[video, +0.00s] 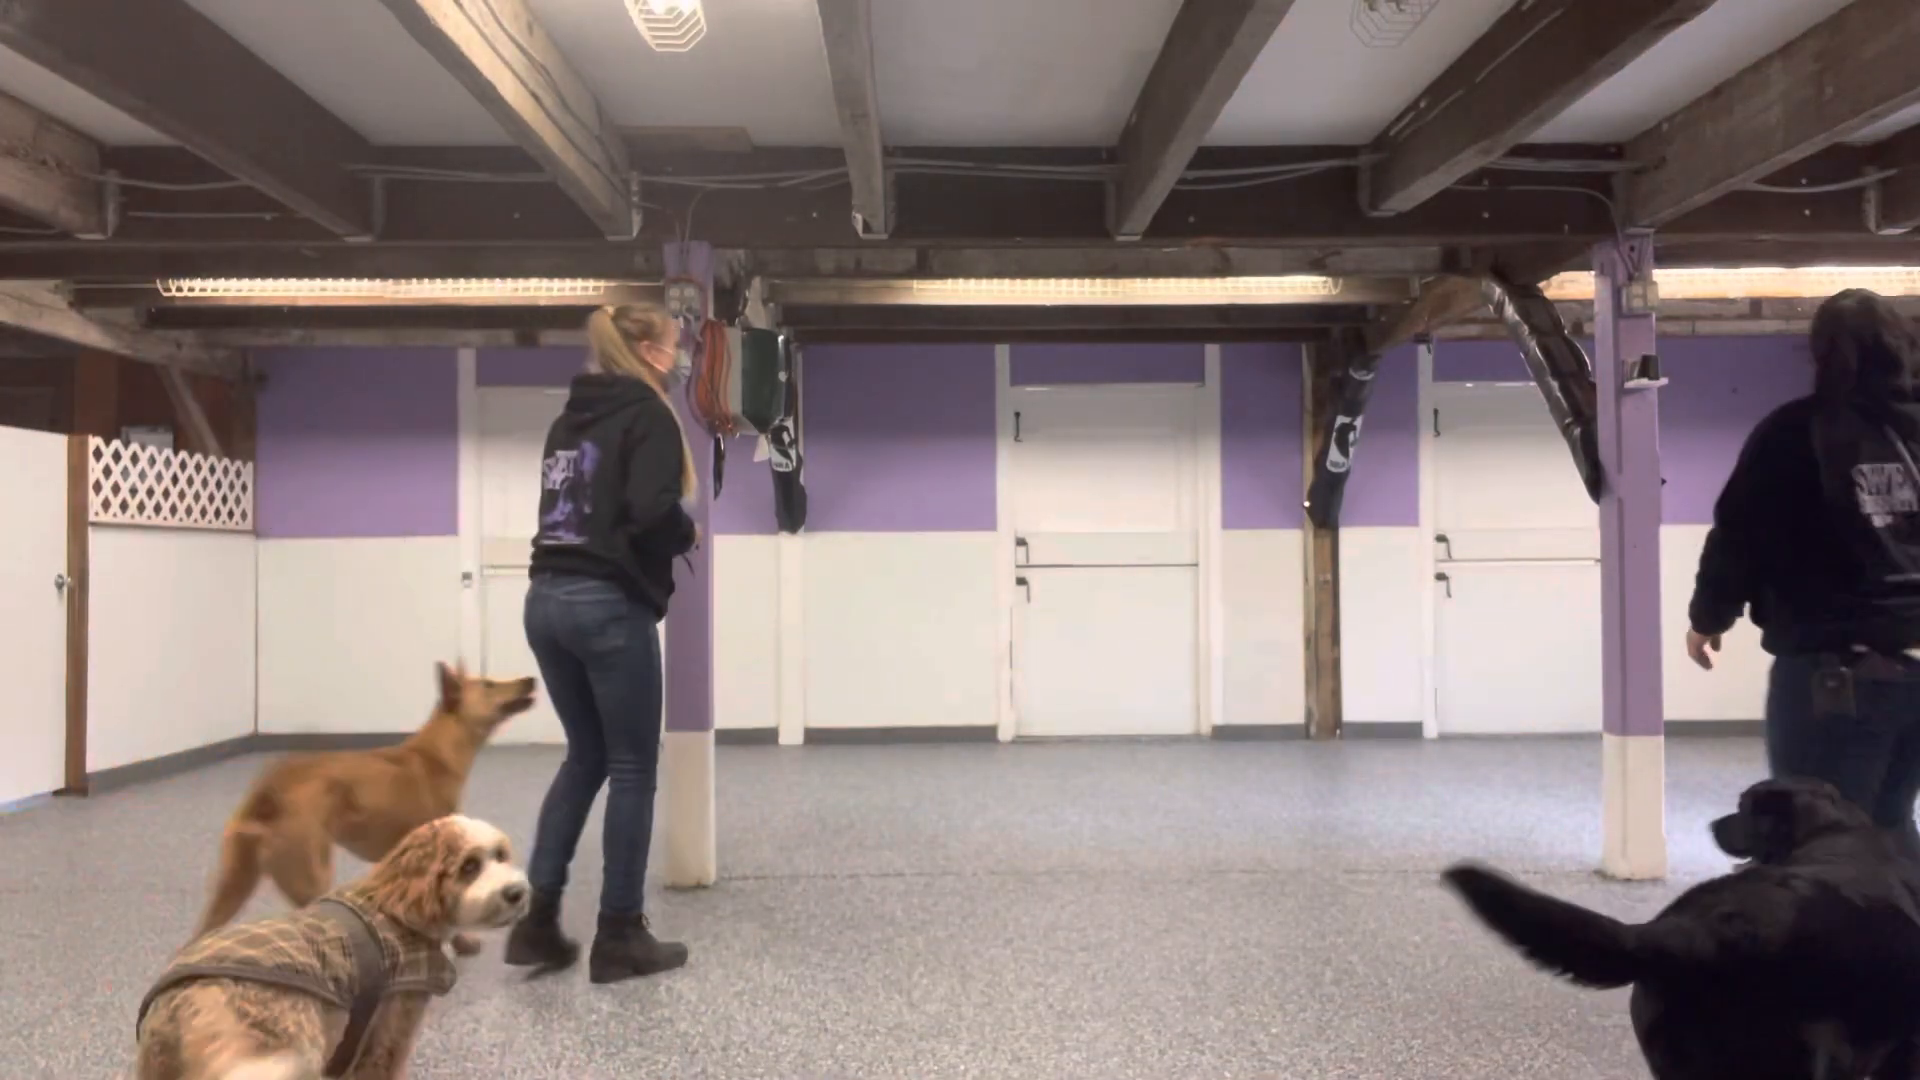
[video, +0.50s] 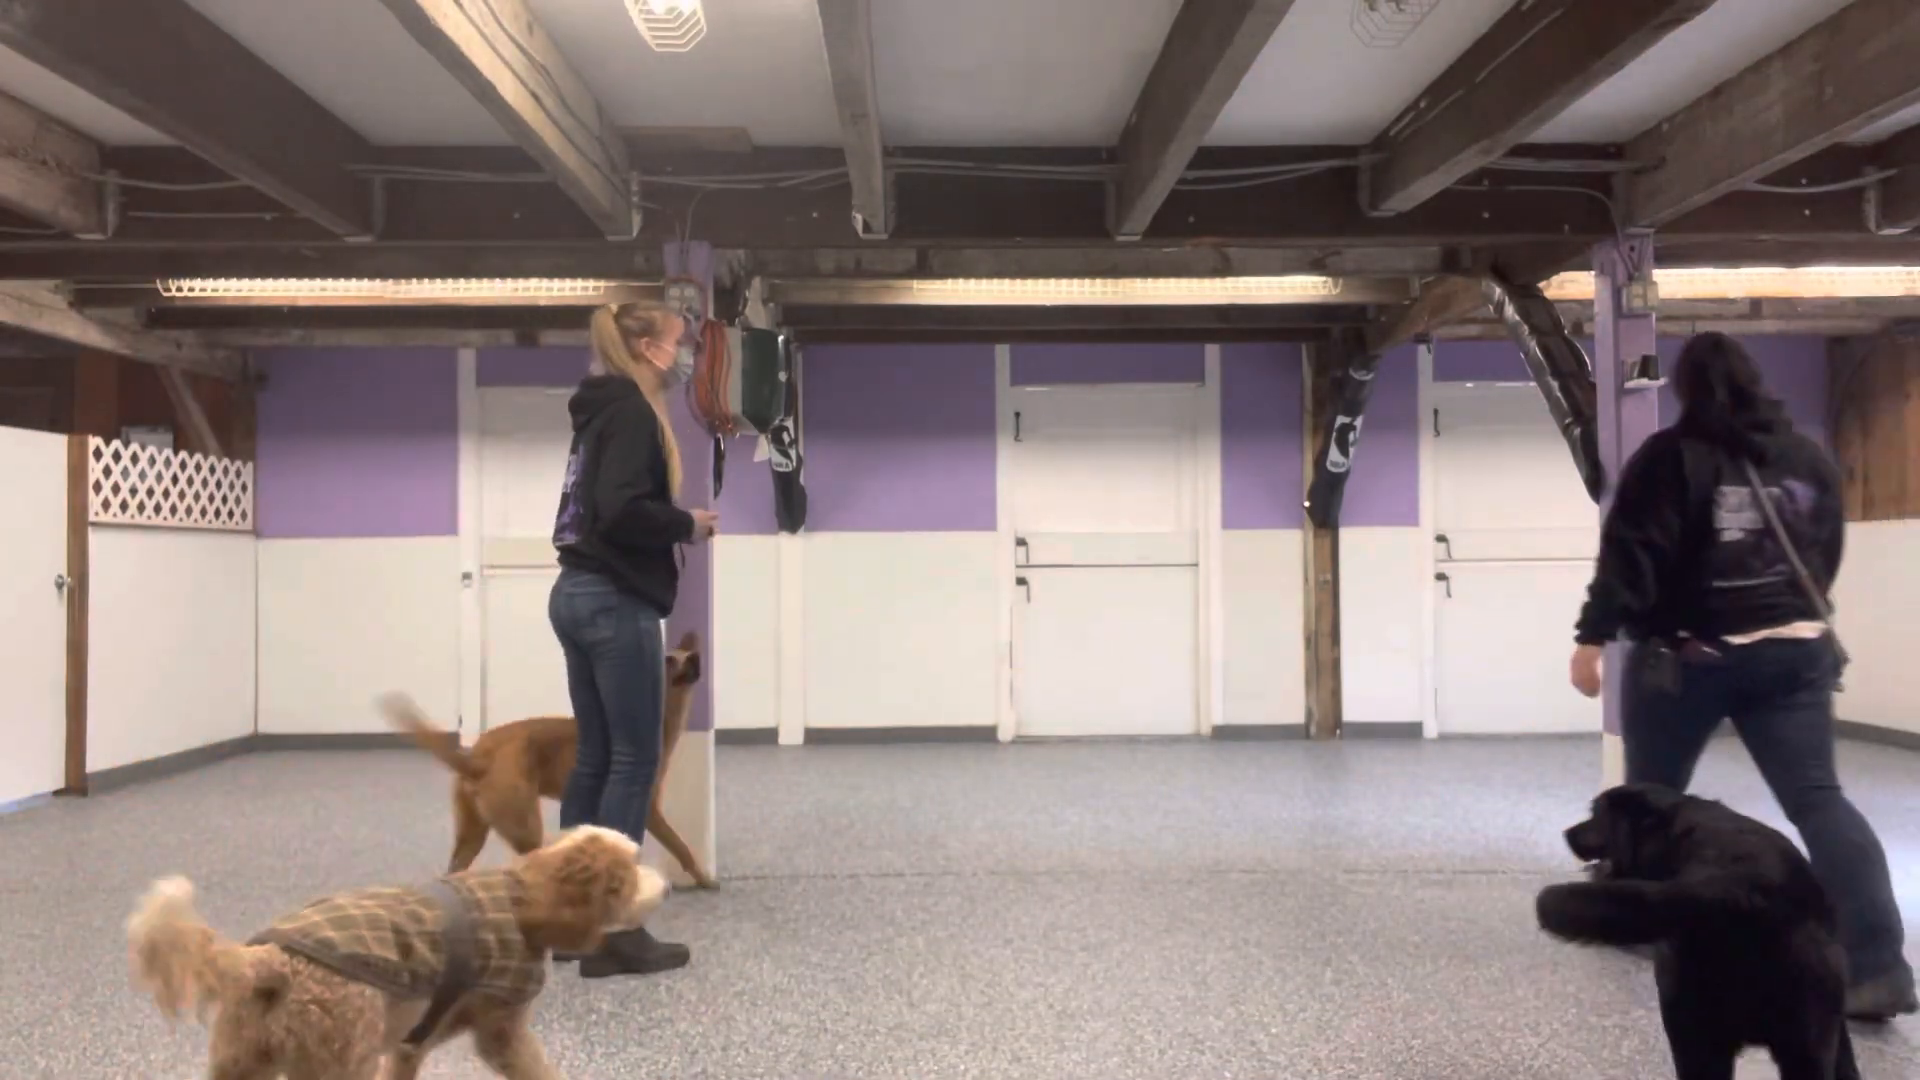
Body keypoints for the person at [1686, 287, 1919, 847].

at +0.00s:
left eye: (1820, 345)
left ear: (1824, 354)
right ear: (1902, 349)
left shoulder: (1794, 432)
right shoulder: (1913, 425)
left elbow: (1738, 535)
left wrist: (1706, 619)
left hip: (1825, 672)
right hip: (1912, 669)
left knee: (1818, 848)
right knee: (1893, 841)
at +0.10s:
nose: (1797, 352)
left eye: (1799, 343)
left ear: (1804, 348)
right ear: (1876, 342)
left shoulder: (1777, 422)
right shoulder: (1909, 417)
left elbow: (1720, 526)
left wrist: (1687, 612)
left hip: (1795, 658)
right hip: (1902, 656)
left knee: (1756, 823)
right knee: (1885, 823)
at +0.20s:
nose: (1773, 359)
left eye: (1775, 348)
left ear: (1781, 353)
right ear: (1854, 345)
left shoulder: (1756, 426)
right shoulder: (1901, 425)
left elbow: (1703, 532)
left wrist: (1659, 618)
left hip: (1768, 649)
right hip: (1887, 649)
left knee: (1718, 804)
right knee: (1880, 810)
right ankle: (1911, 953)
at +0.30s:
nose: (1751, 369)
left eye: (1753, 358)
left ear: (1762, 364)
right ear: (1833, 356)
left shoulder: (1741, 433)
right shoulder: (1884, 434)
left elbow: (1691, 533)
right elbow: (1911, 533)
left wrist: (1644, 621)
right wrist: (1889, 592)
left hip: (1751, 653)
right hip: (1870, 648)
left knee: (1704, 814)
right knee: (1877, 814)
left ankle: (1708, 990)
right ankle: (1904, 995)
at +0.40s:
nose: (1717, 384)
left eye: (1721, 374)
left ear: (1728, 378)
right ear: (1796, 371)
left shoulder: (1709, 448)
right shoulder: (1852, 449)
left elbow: (1668, 551)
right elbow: (1863, 557)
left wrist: (1622, 632)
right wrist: (1817, 613)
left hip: (1719, 659)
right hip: (1833, 655)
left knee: (1676, 812)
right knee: (1856, 810)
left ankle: (1689, 973)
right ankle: (1892, 994)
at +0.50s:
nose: (1675, 398)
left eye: (1676, 387)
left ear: (1687, 391)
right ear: (1752, 382)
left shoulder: (1668, 457)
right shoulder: (1808, 456)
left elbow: (1630, 550)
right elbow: (1823, 556)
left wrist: (1591, 637)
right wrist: (1792, 617)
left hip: (1685, 660)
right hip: (1792, 654)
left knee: (1650, 806)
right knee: (1818, 797)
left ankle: (1645, 926)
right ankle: (1880, 970)